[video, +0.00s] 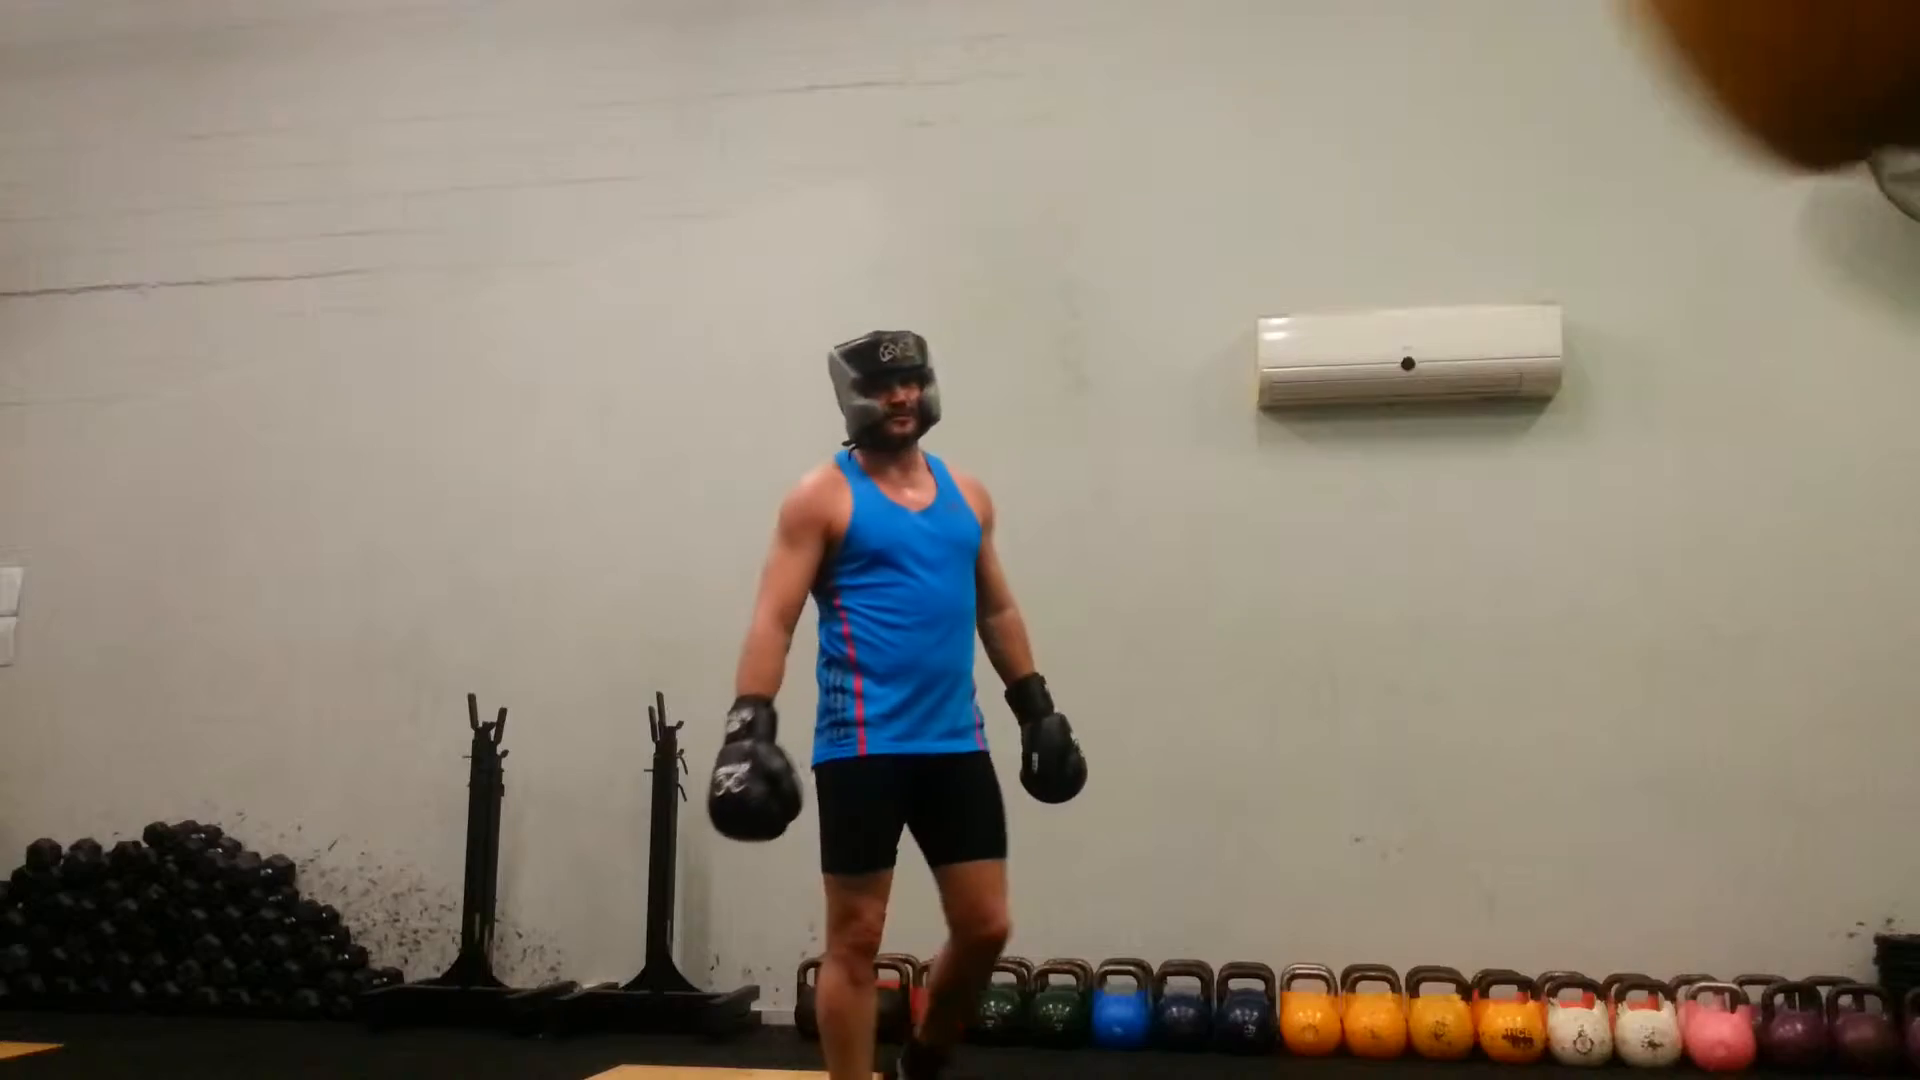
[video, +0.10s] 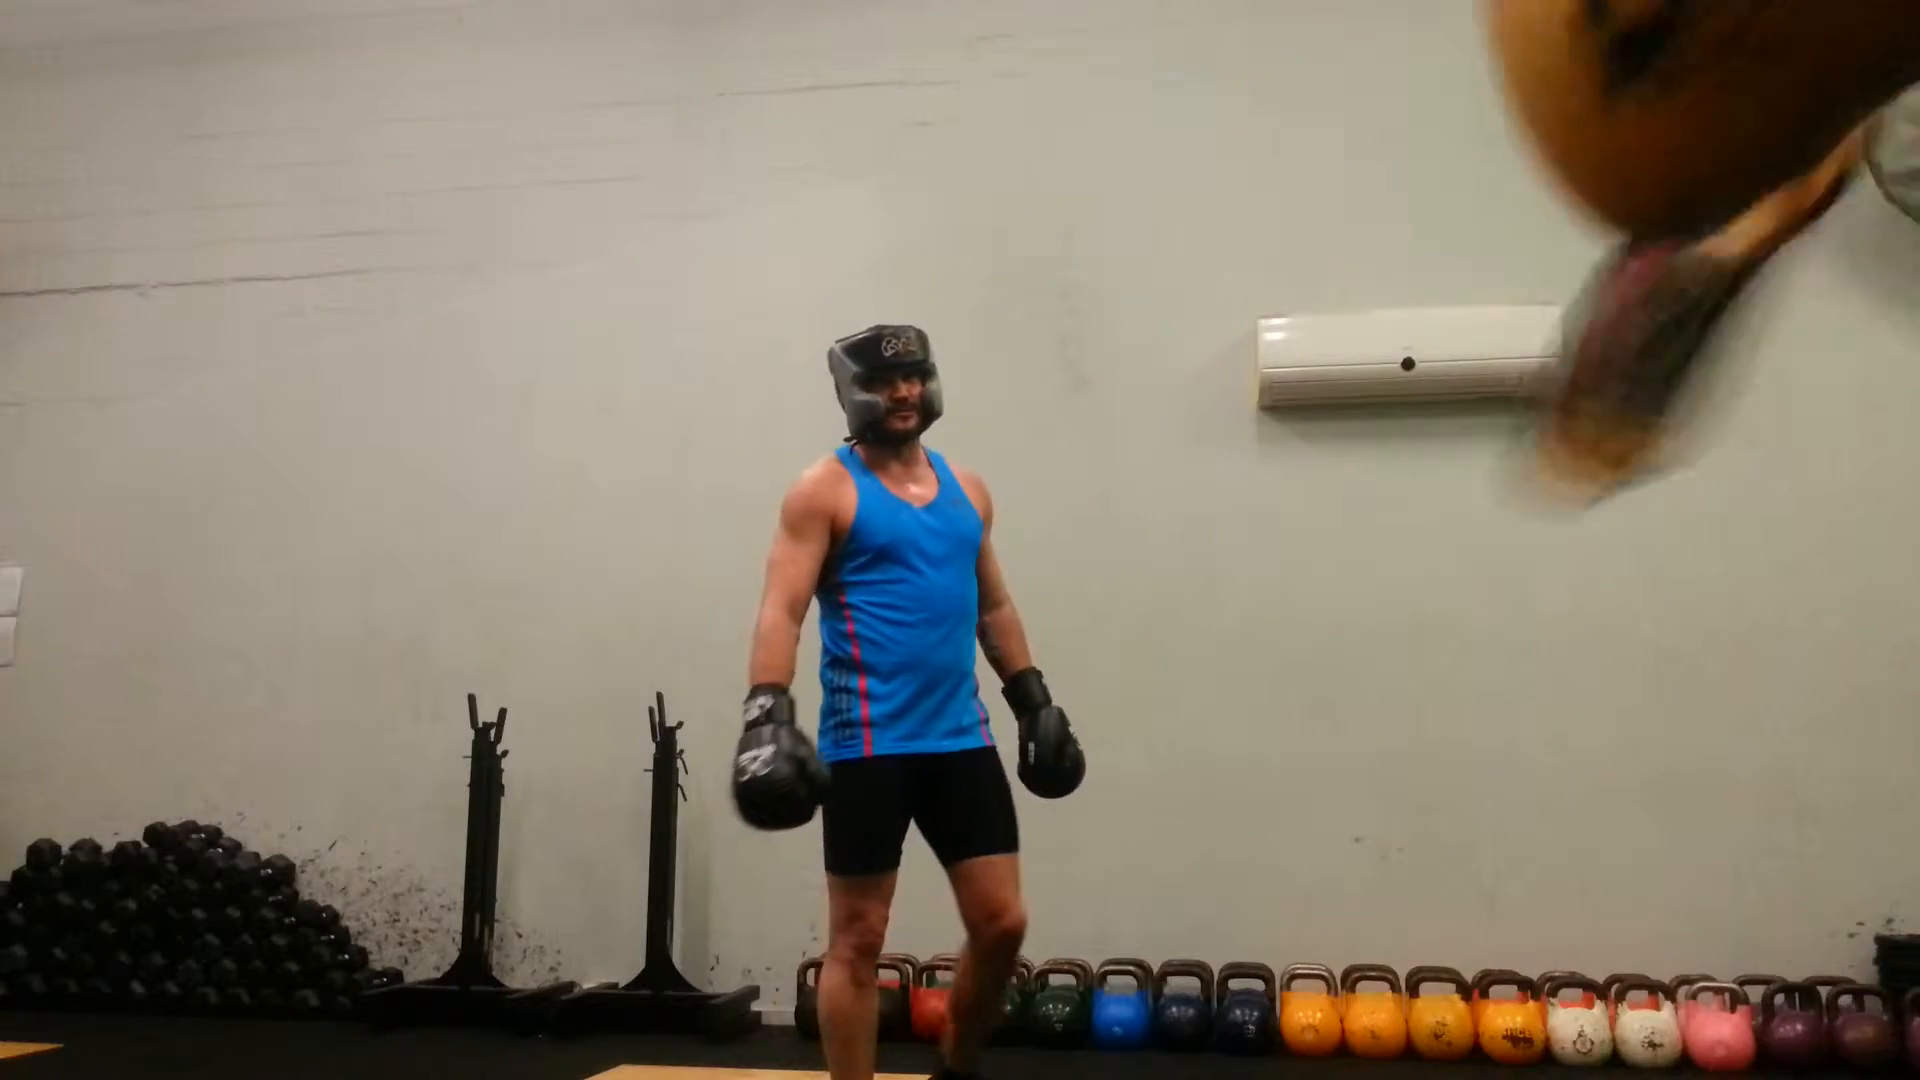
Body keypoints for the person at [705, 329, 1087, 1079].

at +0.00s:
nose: (901, 398)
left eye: (913, 383)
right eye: (880, 386)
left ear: (929, 393)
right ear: (851, 400)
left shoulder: (966, 494)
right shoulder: (821, 498)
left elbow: (997, 609)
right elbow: (775, 618)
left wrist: (1039, 712)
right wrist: (749, 731)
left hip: (954, 744)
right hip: (861, 750)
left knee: (985, 928)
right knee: (856, 937)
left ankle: (923, 1068)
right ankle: (852, 1079)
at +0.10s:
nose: (904, 393)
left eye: (915, 378)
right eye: (884, 382)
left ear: (931, 389)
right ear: (854, 395)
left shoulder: (965, 489)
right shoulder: (823, 492)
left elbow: (994, 606)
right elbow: (781, 609)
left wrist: (1036, 703)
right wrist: (764, 719)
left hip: (959, 742)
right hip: (866, 749)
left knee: (1002, 924)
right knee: (859, 940)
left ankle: (957, 1070)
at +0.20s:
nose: (911, 389)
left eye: (922, 375)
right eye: (891, 377)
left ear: (938, 387)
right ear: (858, 390)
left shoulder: (969, 486)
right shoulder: (829, 489)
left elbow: (996, 606)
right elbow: (787, 606)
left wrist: (1034, 704)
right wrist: (789, 712)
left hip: (966, 743)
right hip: (869, 750)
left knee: (1011, 931)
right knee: (861, 941)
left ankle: (1011, 1079)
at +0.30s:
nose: (924, 388)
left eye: (935, 373)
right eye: (903, 376)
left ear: (949, 384)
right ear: (870, 389)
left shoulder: (978, 486)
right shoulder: (838, 487)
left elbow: (1003, 607)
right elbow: (797, 608)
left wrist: (1035, 709)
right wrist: (812, 711)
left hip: (975, 744)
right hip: (877, 749)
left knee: (1017, 931)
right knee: (865, 944)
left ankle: (1054, 1078)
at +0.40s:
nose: (940, 384)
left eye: (951, 369)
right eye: (918, 372)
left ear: (966, 380)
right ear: (885, 386)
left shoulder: (992, 485)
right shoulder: (853, 485)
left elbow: (1014, 609)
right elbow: (809, 611)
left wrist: (1040, 715)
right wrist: (830, 724)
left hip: (985, 744)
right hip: (887, 751)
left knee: (1035, 931)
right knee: (873, 944)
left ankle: (1070, 1079)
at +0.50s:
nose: (963, 380)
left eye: (974, 365)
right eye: (942, 368)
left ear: (990, 377)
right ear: (905, 382)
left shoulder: (1012, 487)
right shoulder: (872, 486)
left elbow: (1034, 614)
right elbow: (829, 616)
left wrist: (1054, 727)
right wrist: (838, 745)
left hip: (1005, 751)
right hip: (903, 758)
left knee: (1048, 936)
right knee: (883, 948)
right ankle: (861, 1079)